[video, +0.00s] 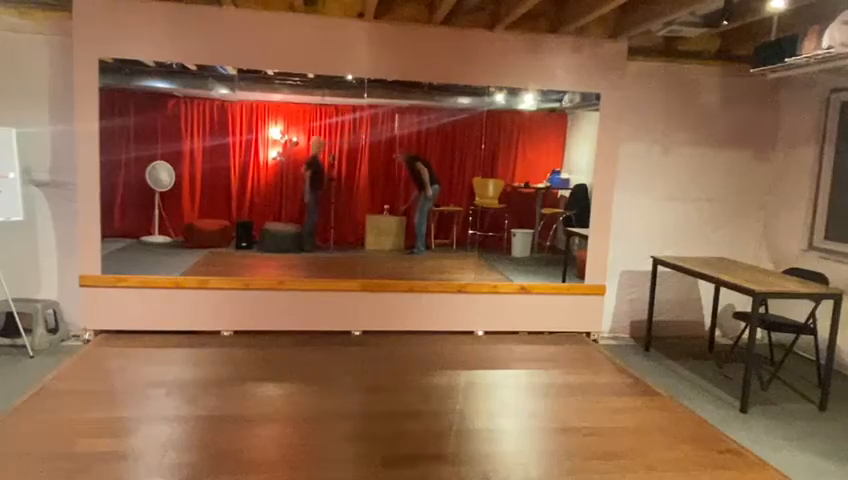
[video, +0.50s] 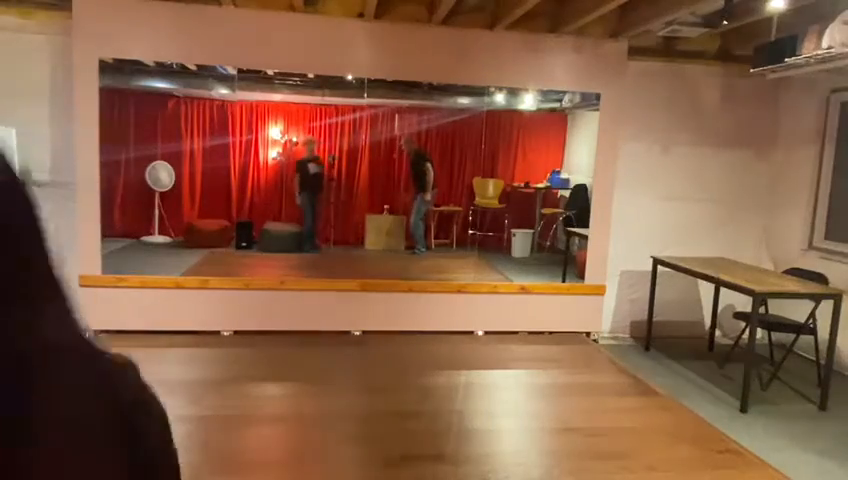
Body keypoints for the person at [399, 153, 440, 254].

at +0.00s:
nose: (399, 160)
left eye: (399, 157)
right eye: (397, 158)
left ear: (404, 156)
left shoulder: (413, 160)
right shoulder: (411, 166)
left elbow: (424, 170)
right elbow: (418, 190)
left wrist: (428, 188)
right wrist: (407, 205)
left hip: (431, 187)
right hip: (426, 188)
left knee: (421, 216)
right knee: (421, 216)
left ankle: (420, 246)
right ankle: (420, 246)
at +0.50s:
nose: (404, 148)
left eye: (405, 145)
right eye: (403, 145)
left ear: (412, 144)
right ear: (408, 146)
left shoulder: (420, 156)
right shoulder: (414, 158)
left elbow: (429, 172)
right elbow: (419, 175)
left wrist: (428, 191)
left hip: (424, 193)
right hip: (420, 192)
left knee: (416, 219)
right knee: (417, 219)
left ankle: (420, 246)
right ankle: (420, 245)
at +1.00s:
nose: (405, 144)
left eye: (408, 141)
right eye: (404, 142)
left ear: (414, 141)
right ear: (402, 143)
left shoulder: (422, 156)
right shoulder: (405, 157)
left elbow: (429, 177)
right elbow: (401, 177)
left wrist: (426, 197)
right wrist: (388, 186)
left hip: (420, 195)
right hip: (407, 193)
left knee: (420, 223)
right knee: (400, 221)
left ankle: (421, 247)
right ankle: (395, 247)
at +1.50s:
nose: (397, 137)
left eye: (400, 133)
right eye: (395, 133)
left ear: (405, 133)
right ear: (392, 134)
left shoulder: (412, 149)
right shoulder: (390, 150)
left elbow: (420, 171)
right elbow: (386, 170)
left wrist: (412, 191)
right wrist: (380, 183)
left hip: (405, 190)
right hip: (392, 189)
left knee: (398, 219)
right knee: (392, 220)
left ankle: (400, 249)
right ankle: (394, 250)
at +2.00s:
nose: (386, 134)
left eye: (389, 130)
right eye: (384, 129)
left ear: (394, 131)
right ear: (380, 130)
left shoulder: (399, 148)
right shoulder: (376, 148)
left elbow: (408, 172)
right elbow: (370, 170)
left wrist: (407, 194)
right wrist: (354, 178)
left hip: (393, 192)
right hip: (377, 191)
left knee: (386, 223)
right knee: (372, 220)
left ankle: (384, 246)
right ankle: (379, 244)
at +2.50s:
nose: (371, 134)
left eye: (374, 130)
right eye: (369, 130)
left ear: (380, 131)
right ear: (365, 132)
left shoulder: (387, 148)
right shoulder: (363, 151)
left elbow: (391, 175)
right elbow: (356, 174)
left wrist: (375, 190)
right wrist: (337, 183)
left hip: (382, 195)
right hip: (365, 194)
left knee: (380, 230)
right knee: (360, 230)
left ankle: (379, 260)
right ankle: (354, 262)